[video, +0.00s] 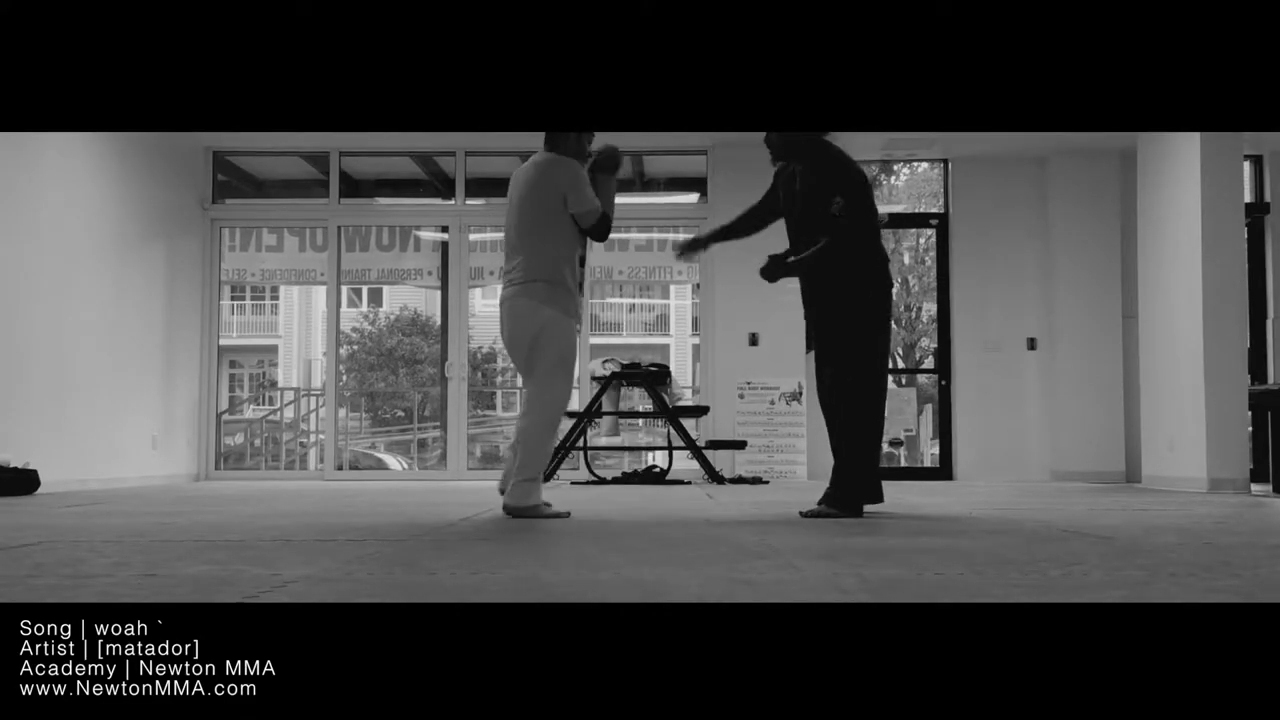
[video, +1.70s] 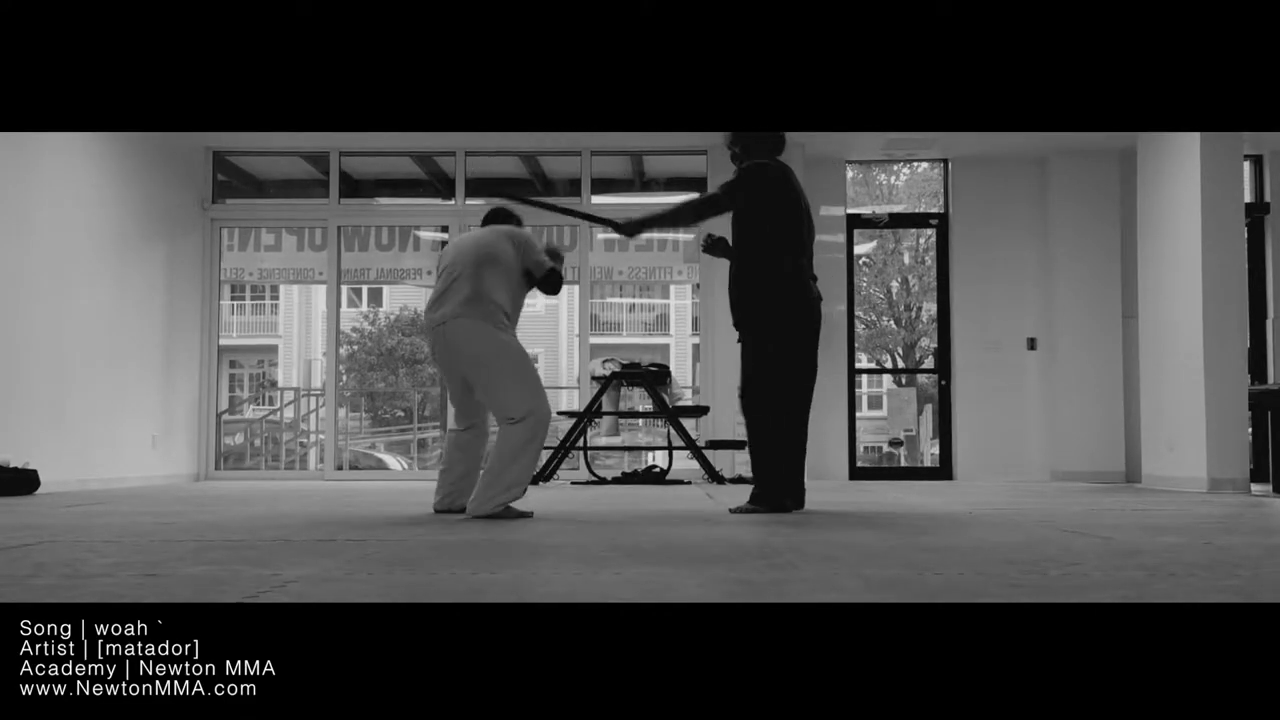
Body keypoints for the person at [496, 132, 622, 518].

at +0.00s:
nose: (590, 146)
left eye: (591, 140)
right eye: (588, 139)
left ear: (550, 138)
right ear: (574, 137)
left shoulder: (525, 172)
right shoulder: (567, 169)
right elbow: (600, 229)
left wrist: (593, 177)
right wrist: (606, 178)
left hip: (517, 302)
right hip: (547, 303)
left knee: (540, 395)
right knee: (549, 396)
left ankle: (514, 486)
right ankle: (524, 497)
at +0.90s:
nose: (563, 169)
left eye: (565, 161)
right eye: (562, 160)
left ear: (534, 155)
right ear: (544, 157)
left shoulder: (523, 189)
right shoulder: (512, 185)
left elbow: (557, 234)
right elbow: (541, 240)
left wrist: (579, 197)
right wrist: (563, 197)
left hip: (516, 320)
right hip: (508, 320)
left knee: (526, 400)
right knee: (532, 398)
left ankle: (511, 491)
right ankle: (501, 491)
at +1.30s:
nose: (545, 160)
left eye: (547, 152)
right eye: (541, 150)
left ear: (519, 150)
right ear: (521, 148)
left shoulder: (519, 185)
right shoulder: (489, 176)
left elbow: (561, 218)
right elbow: (525, 230)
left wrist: (558, 177)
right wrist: (549, 183)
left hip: (518, 316)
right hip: (494, 315)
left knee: (521, 404)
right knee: (507, 403)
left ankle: (498, 487)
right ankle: (496, 497)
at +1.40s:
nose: (548, 166)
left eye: (549, 157)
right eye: (546, 156)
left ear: (511, 146)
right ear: (527, 150)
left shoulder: (489, 176)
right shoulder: (501, 174)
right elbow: (548, 216)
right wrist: (545, 174)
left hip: (488, 312)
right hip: (494, 313)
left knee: (503, 400)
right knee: (514, 403)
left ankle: (471, 478)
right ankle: (501, 501)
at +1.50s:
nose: (543, 180)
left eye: (542, 173)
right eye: (541, 173)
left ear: (502, 161)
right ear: (529, 167)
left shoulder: (477, 189)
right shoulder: (513, 179)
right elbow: (556, 223)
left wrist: (543, 209)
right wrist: (549, 191)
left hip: (466, 314)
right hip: (494, 313)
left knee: (489, 400)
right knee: (525, 399)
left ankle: (458, 486)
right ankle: (498, 498)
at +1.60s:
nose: (539, 209)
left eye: (538, 204)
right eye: (537, 203)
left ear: (498, 192)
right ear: (528, 195)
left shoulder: (469, 220)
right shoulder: (519, 209)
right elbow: (555, 257)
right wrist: (550, 230)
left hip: (448, 325)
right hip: (485, 324)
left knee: (474, 414)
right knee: (528, 409)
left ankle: (452, 496)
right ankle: (490, 502)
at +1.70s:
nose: (523, 234)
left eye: (520, 230)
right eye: (520, 230)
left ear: (484, 226)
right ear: (514, 225)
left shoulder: (455, 244)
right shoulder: (517, 236)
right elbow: (552, 285)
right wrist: (555, 259)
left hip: (439, 332)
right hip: (481, 330)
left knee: (470, 421)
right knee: (530, 413)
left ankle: (450, 499)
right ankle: (490, 502)